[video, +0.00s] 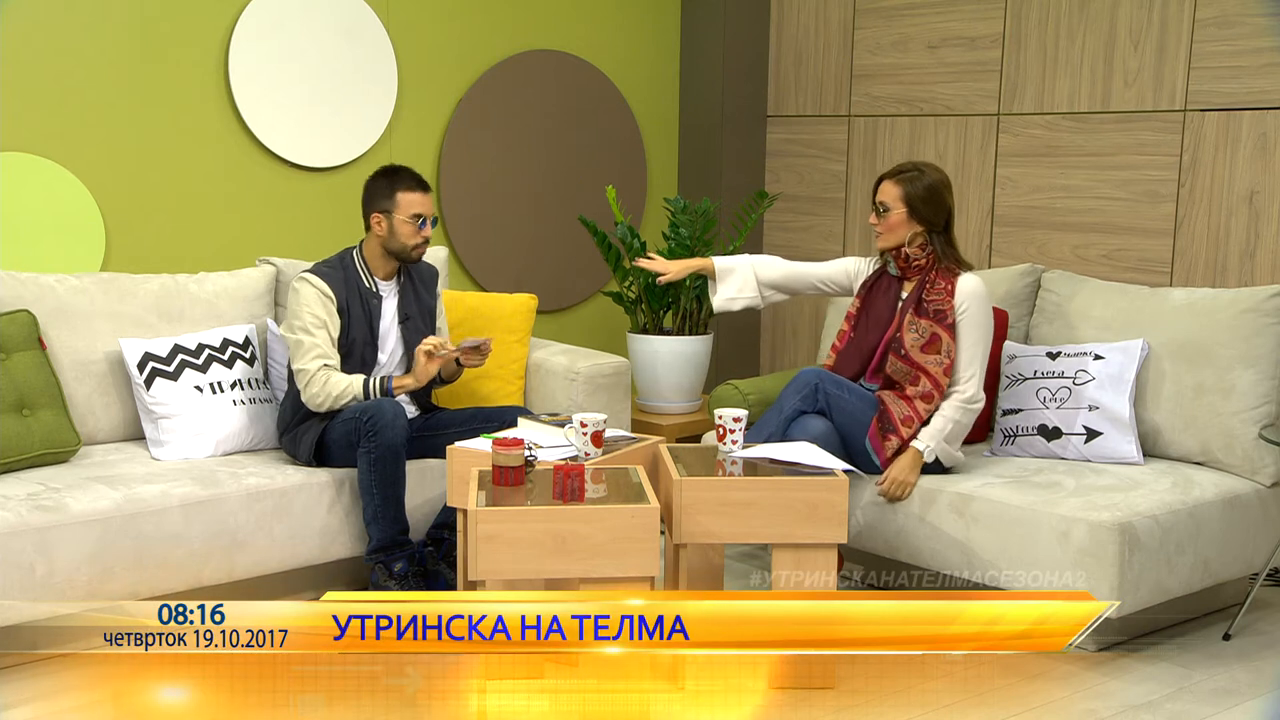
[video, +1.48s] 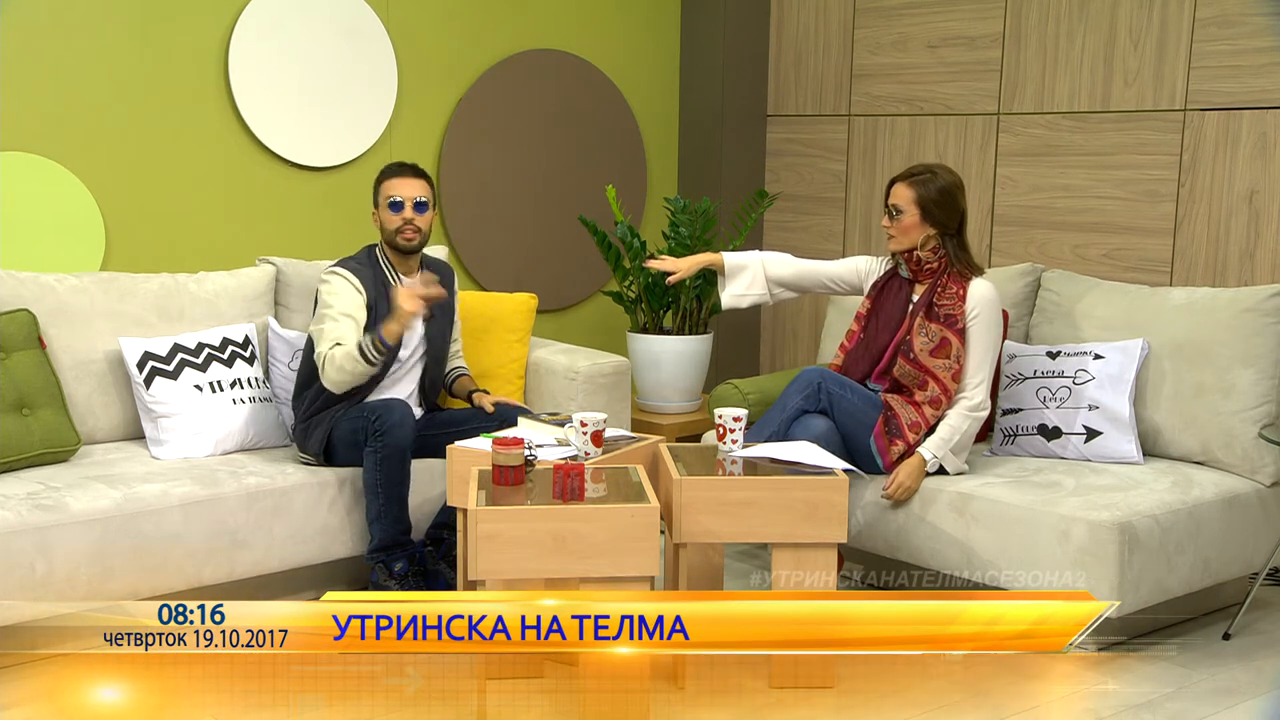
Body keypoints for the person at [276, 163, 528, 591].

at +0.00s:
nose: (429, 233)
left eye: (431, 223)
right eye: (418, 222)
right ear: (378, 223)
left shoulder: (424, 278)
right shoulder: (318, 287)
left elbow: (430, 376)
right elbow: (318, 388)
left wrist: (454, 364)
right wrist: (406, 380)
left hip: (406, 421)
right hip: (323, 428)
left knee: (515, 422)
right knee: (387, 413)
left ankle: (440, 549)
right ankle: (392, 563)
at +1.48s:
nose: (409, 217)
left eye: (420, 206)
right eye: (396, 206)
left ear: (433, 217)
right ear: (377, 217)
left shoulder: (441, 274)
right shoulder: (345, 278)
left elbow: (450, 362)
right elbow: (336, 373)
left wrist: (475, 393)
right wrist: (394, 324)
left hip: (413, 423)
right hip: (335, 426)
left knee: (508, 420)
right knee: (395, 414)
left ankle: (439, 549)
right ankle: (392, 562)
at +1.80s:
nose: (392, 216)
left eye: (405, 206)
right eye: (380, 205)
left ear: (421, 219)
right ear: (363, 215)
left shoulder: (436, 273)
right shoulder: (339, 269)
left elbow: (454, 355)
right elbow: (309, 302)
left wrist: (476, 393)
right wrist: (408, 289)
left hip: (415, 421)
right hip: (334, 424)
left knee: (513, 422)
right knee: (394, 413)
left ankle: (439, 550)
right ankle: (392, 562)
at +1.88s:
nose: (387, 215)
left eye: (401, 206)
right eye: (375, 205)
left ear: (418, 218)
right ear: (359, 215)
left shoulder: (435, 273)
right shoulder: (333, 263)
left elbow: (456, 352)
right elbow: (315, 260)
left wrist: (477, 392)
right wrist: (415, 268)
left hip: (415, 421)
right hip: (333, 423)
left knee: (514, 422)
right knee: (395, 412)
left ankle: (441, 549)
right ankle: (391, 561)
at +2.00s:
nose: (385, 216)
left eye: (398, 205)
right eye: (373, 204)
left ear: (415, 216)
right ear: (359, 213)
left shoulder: (436, 274)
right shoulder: (332, 268)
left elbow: (455, 347)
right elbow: (314, 226)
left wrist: (477, 389)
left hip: (414, 419)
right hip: (335, 425)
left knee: (515, 420)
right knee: (395, 413)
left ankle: (441, 548)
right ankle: (391, 562)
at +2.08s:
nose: (386, 214)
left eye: (398, 204)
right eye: (374, 203)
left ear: (416, 215)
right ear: (354, 213)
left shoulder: (436, 273)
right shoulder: (334, 270)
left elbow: (457, 346)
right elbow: (321, 221)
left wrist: (477, 388)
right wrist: (318, 133)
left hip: (414, 423)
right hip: (338, 426)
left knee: (514, 424)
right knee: (397, 415)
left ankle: (440, 550)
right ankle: (392, 563)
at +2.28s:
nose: (388, 217)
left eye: (399, 206)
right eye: (375, 206)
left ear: (415, 216)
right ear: (357, 213)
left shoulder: (435, 276)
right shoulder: (328, 265)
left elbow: (474, 344)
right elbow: (296, 216)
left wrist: (518, 377)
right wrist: (261, 140)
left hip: (414, 420)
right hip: (337, 425)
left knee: (520, 423)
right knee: (391, 413)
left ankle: (438, 554)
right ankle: (392, 565)